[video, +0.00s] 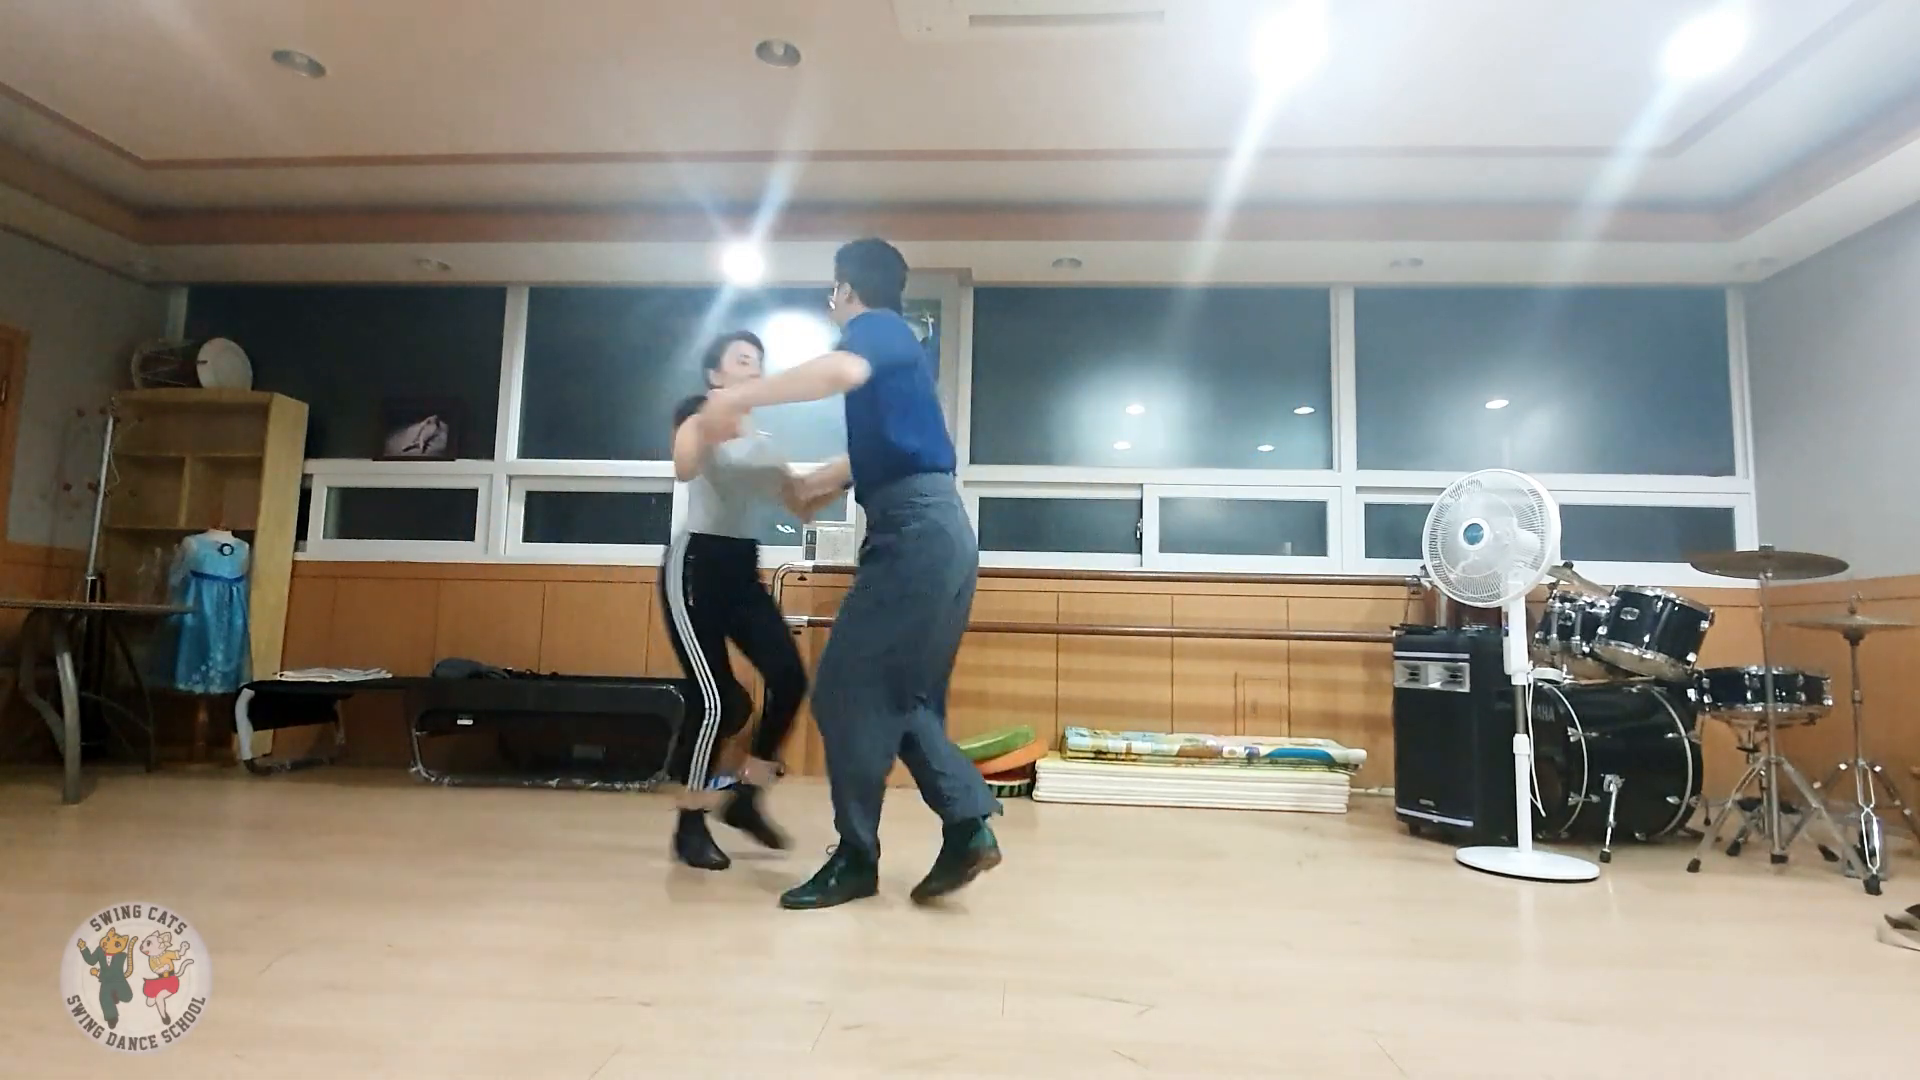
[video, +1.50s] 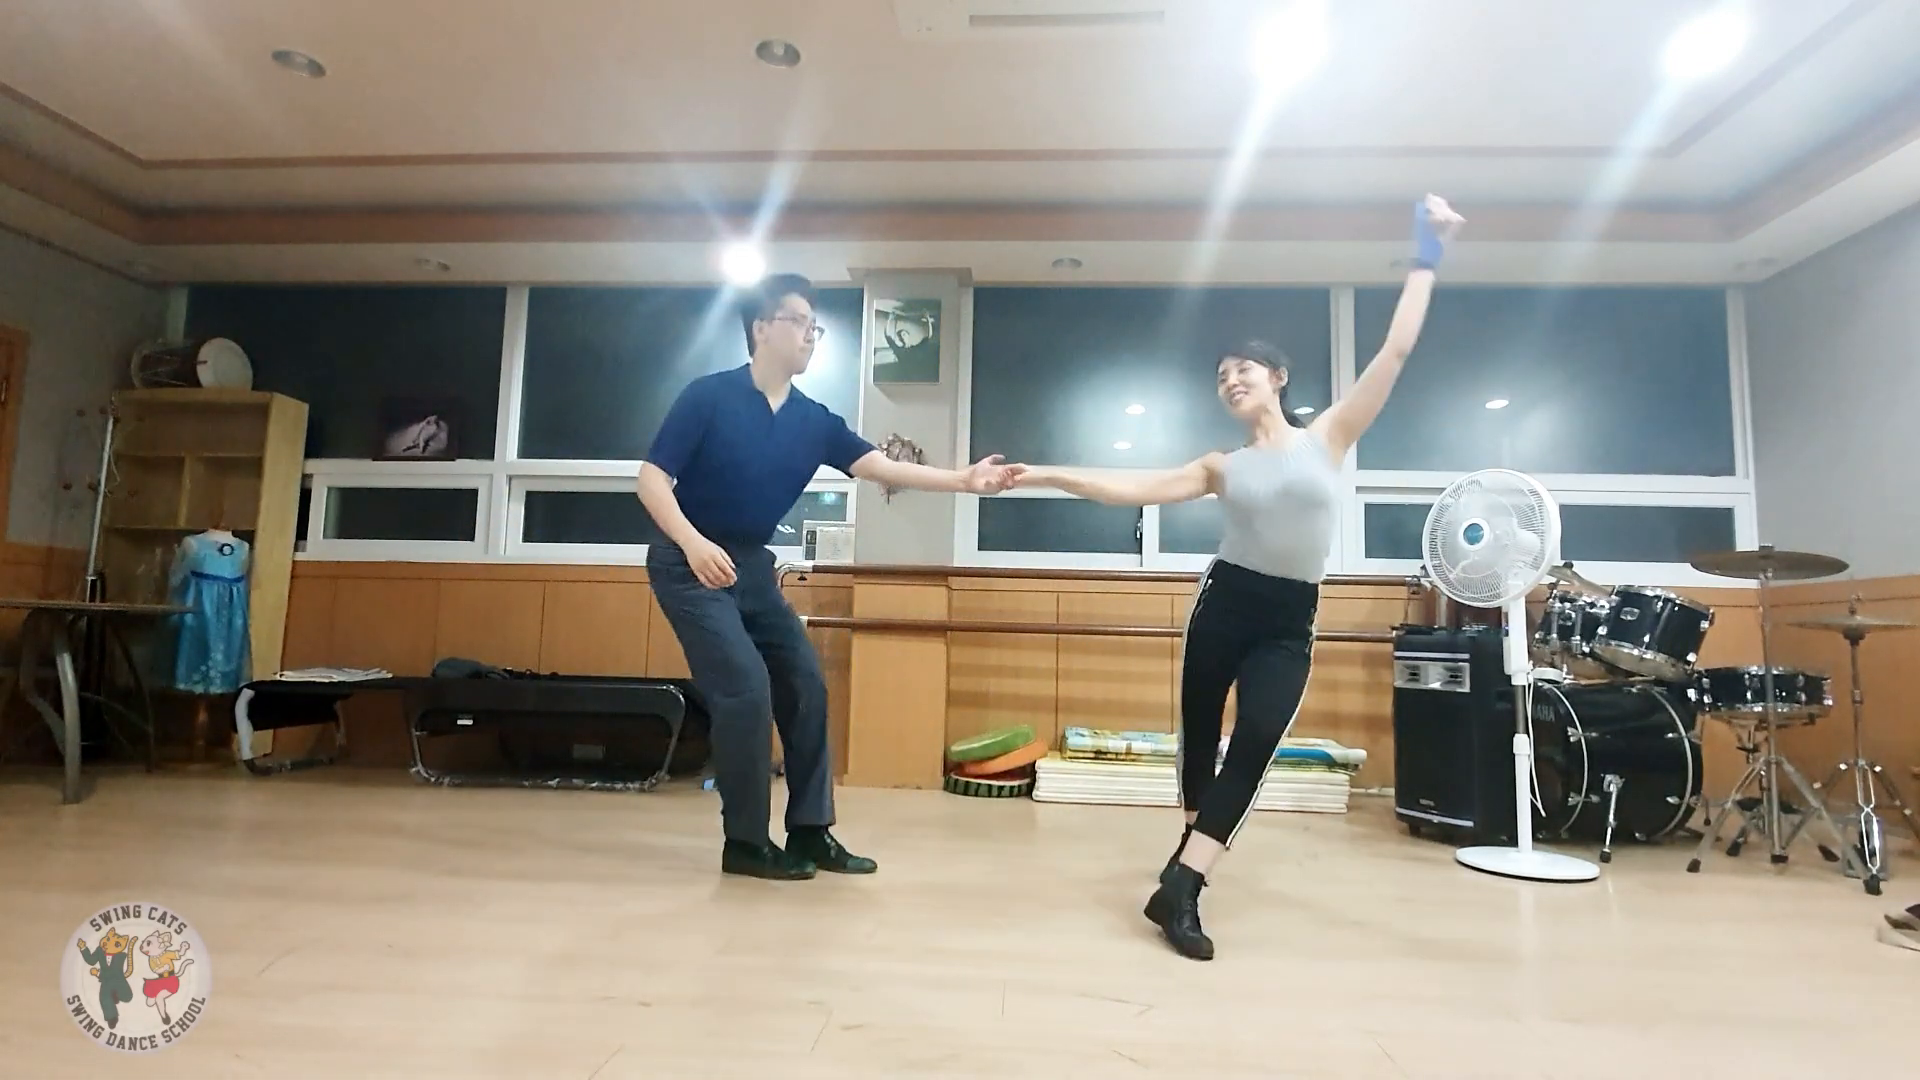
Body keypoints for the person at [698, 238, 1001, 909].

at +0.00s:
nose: (829, 300)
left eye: (833, 289)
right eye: (833, 290)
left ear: (849, 290)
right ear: (890, 291)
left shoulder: (877, 328)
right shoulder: (899, 345)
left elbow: (839, 373)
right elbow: (884, 447)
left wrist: (738, 397)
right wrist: (817, 485)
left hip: (913, 535)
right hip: (940, 536)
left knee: (846, 689)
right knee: (907, 696)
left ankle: (856, 857)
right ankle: (968, 826)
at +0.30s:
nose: (929, 291)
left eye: (926, 280)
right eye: (926, 279)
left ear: (857, 278)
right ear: (906, 275)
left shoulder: (806, 337)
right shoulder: (941, 337)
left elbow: (761, 453)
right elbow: (974, 447)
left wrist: (777, 508)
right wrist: (945, 501)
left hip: (833, 502)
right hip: (921, 502)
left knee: (821, 686)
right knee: (929, 708)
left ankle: (824, 848)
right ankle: (922, 896)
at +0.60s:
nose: (896, 304)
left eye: (894, 290)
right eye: (890, 289)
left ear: (839, 293)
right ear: (859, 289)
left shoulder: (794, 359)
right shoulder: (864, 350)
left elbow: (859, 468)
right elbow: (907, 460)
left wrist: (942, 496)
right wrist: (977, 509)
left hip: (773, 530)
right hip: (837, 524)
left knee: (836, 693)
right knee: (894, 712)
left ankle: (841, 840)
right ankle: (895, 915)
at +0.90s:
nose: (851, 293)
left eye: (849, 280)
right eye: (841, 279)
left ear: (813, 288)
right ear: (803, 284)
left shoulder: (825, 374)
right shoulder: (768, 353)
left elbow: (886, 434)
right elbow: (740, 452)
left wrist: (972, 448)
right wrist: (774, 544)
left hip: (792, 536)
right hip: (757, 534)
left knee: (831, 685)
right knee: (823, 688)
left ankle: (833, 837)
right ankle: (754, 836)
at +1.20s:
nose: (822, 310)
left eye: (824, 300)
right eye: (808, 298)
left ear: (818, 311)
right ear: (771, 306)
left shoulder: (822, 396)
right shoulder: (724, 375)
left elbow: (887, 445)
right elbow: (669, 463)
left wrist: (974, 455)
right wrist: (695, 553)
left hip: (771, 553)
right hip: (714, 549)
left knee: (824, 675)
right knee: (751, 692)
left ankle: (830, 828)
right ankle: (722, 837)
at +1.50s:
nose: (812, 335)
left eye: (813, 325)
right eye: (798, 323)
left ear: (803, 336)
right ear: (759, 330)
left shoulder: (813, 420)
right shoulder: (707, 397)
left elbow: (883, 467)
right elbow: (650, 480)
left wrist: (966, 479)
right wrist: (690, 542)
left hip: (750, 564)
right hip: (686, 561)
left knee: (803, 678)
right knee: (746, 685)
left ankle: (808, 832)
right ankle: (745, 844)